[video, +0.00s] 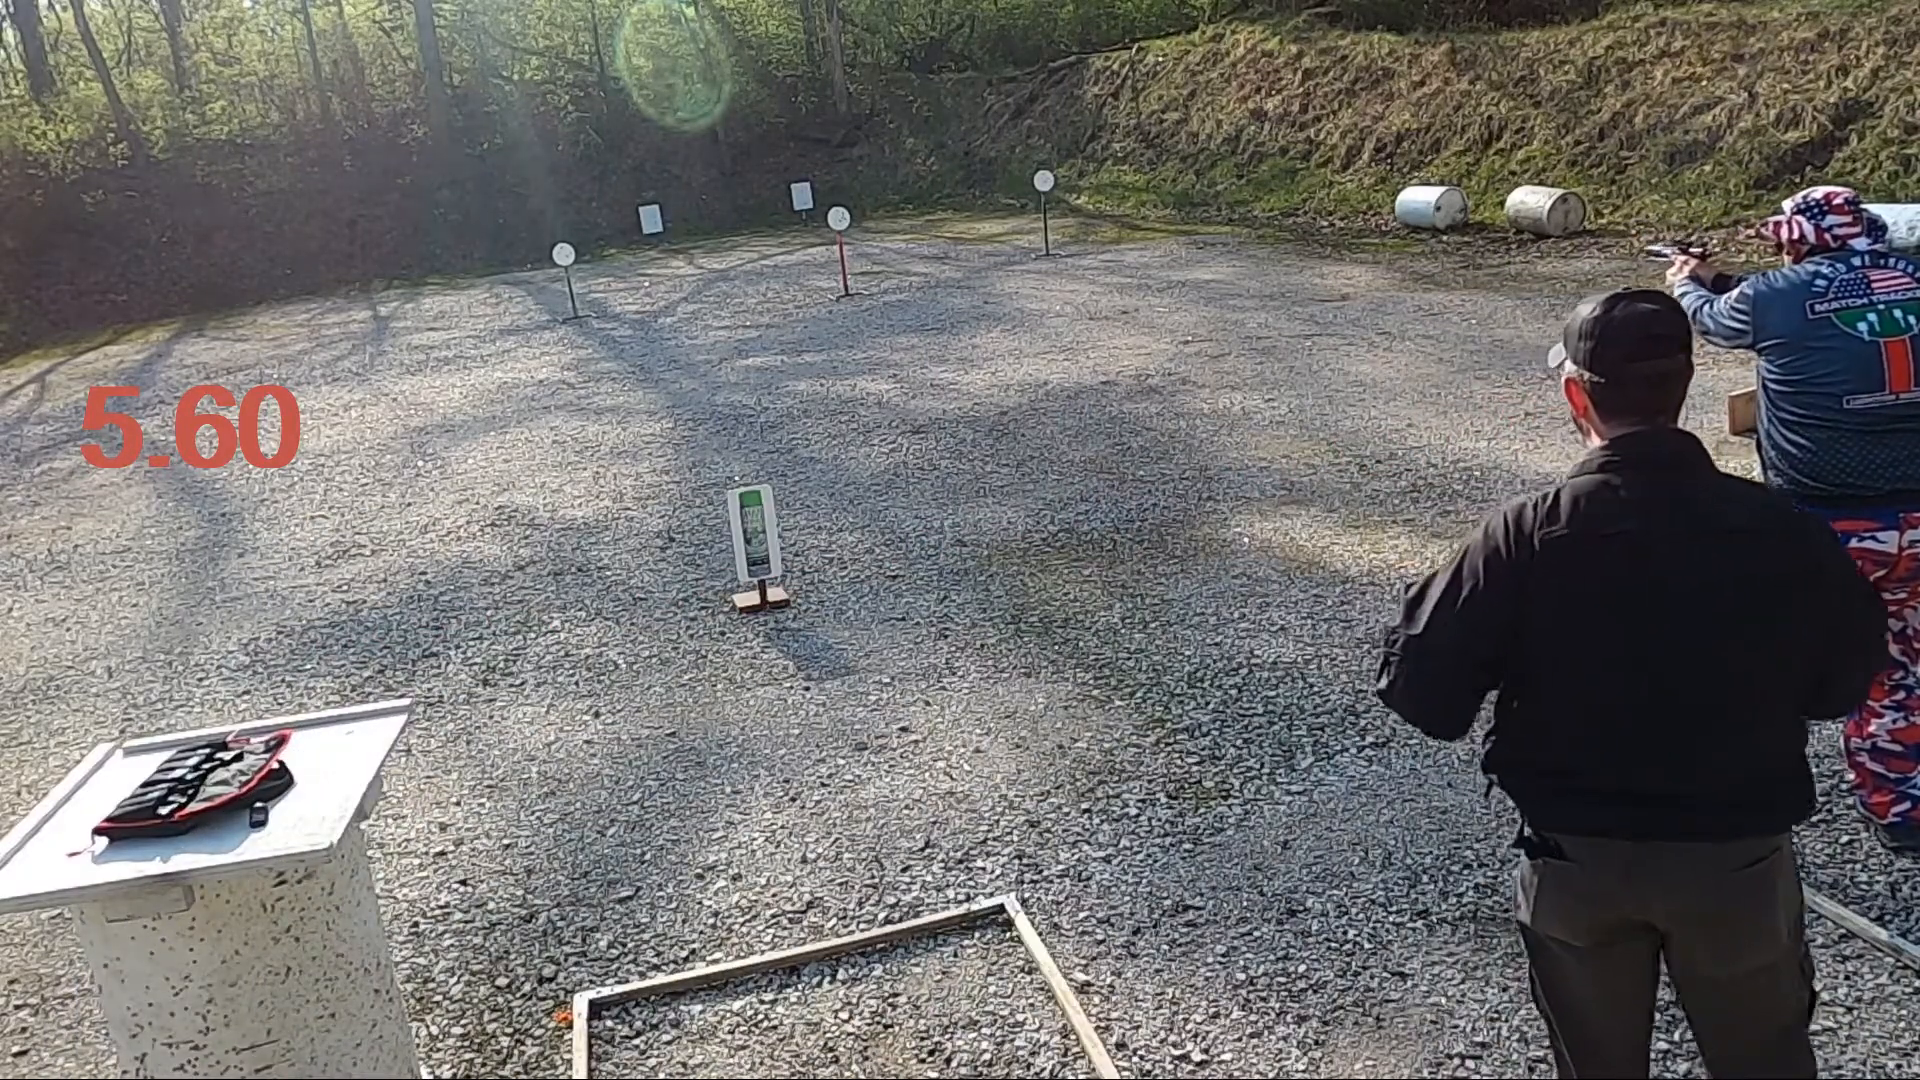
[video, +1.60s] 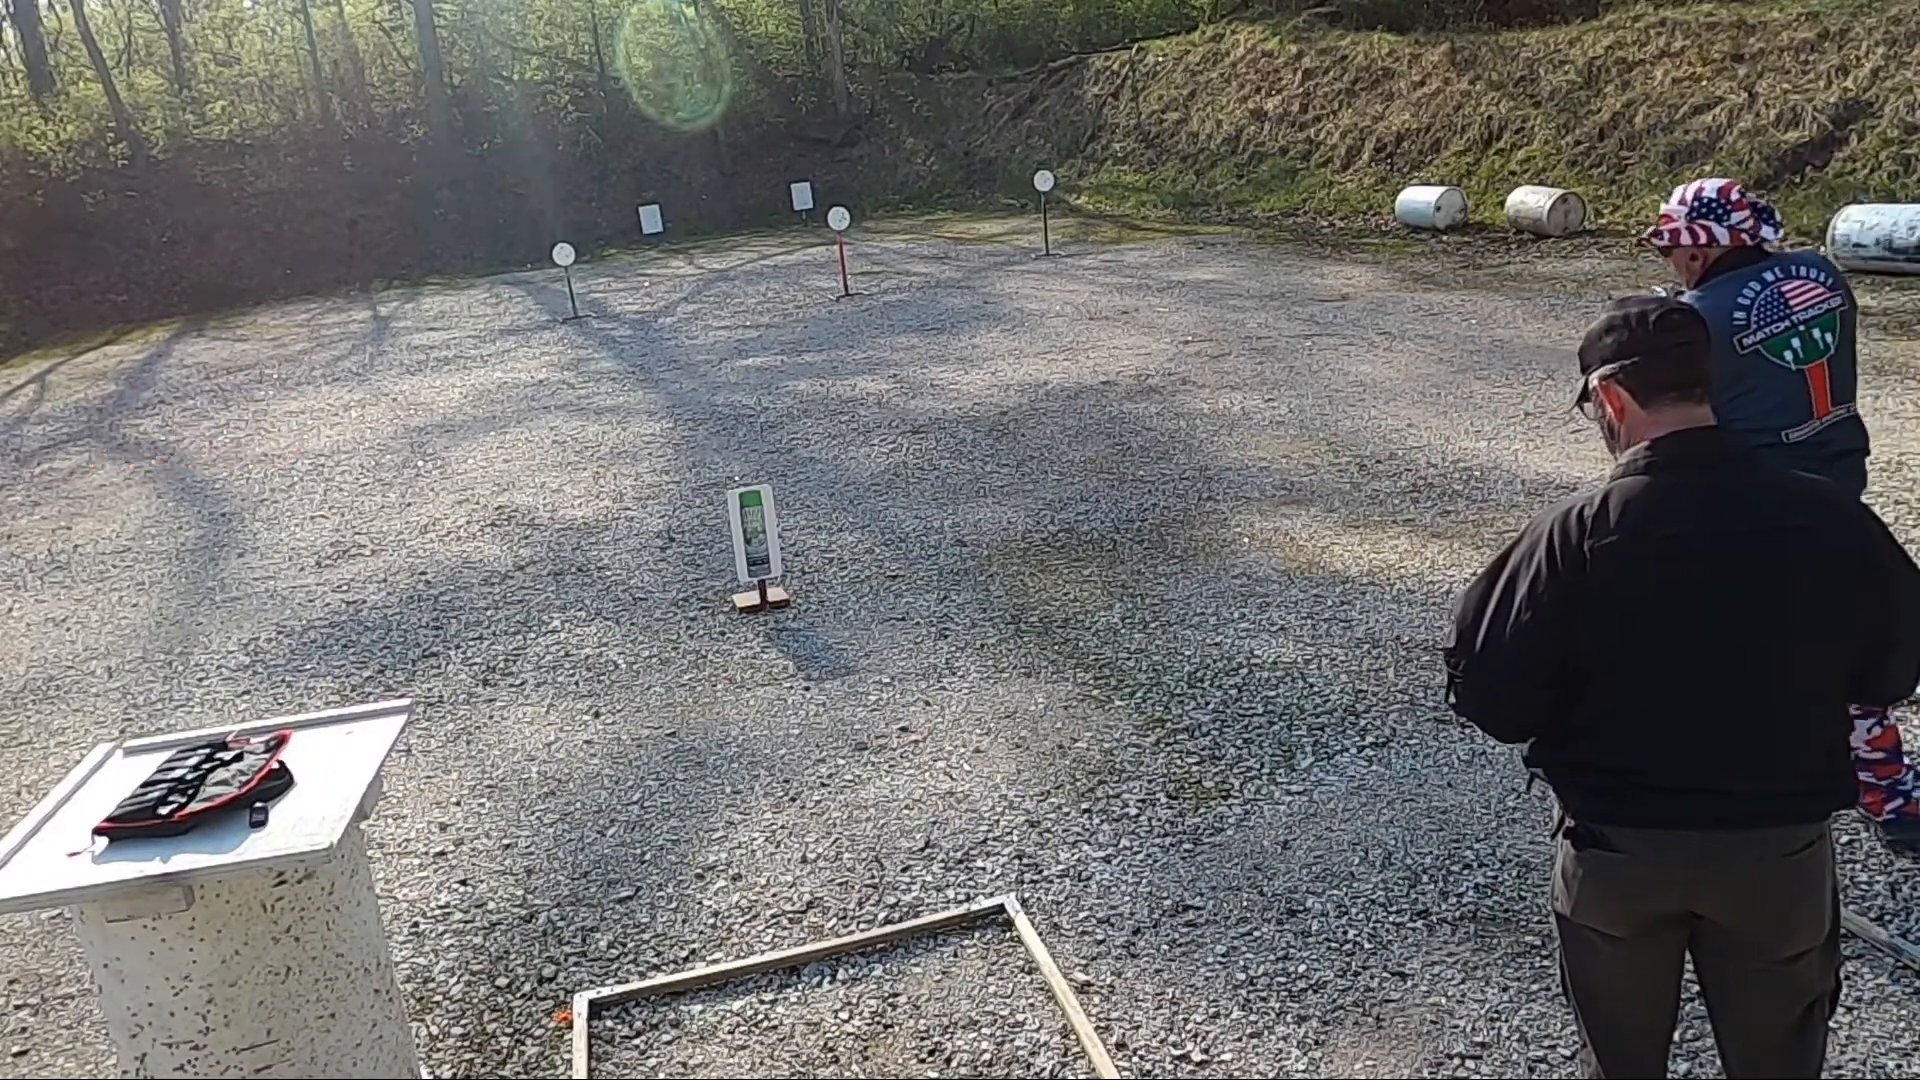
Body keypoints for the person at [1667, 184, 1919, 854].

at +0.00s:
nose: (1784, 253)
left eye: (1787, 244)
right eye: (1783, 246)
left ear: (1802, 243)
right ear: (1863, 232)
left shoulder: (1775, 294)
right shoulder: (1908, 281)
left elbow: (1710, 317)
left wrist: (1682, 278)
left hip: (1820, 530)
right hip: (1912, 521)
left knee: (1797, 663)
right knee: (1901, 668)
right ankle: (1900, 807)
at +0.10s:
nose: (1782, 254)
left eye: (1785, 245)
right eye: (1781, 247)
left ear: (1802, 244)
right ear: (1861, 231)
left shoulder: (1776, 293)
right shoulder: (1909, 280)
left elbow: (1705, 319)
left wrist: (1680, 280)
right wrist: (1716, 280)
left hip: (1825, 530)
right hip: (1913, 518)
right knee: (1903, 669)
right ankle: (1901, 807)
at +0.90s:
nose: (1779, 229)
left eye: (1784, 219)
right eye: (1781, 219)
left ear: (1800, 221)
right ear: (1865, 210)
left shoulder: (1764, 286)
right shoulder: (1908, 256)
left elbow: (1715, 351)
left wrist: (1712, 296)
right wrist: (1740, 297)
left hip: (1823, 503)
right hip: (1911, 490)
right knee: (1898, 651)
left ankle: (1899, 806)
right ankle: (1900, 802)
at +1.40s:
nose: (1736, 240)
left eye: (1739, 227)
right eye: (1736, 227)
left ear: (1761, 227)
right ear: (1822, 211)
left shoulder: (1731, 305)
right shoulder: (1889, 263)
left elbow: (1696, 405)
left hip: (1813, 516)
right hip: (1907, 494)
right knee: (1897, 655)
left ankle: (1902, 813)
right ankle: (1902, 806)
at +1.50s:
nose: (1706, 250)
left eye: (1707, 237)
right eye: (1703, 237)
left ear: (1732, 237)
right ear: (1788, 220)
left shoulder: (1715, 314)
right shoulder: (1859, 270)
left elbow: (1686, 411)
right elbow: (1862, 368)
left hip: (1781, 524)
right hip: (1878, 508)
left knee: (1783, 662)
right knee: (1887, 657)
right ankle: (1900, 807)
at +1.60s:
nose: (1674, 267)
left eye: (1675, 253)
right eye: (1670, 254)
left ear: (1702, 250)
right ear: (1757, 231)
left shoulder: (1706, 312)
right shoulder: (1823, 272)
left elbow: (1691, 406)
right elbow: (1838, 370)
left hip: (1765, 489)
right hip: (1845, 473)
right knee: (1864, 627)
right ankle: (1891, 790)